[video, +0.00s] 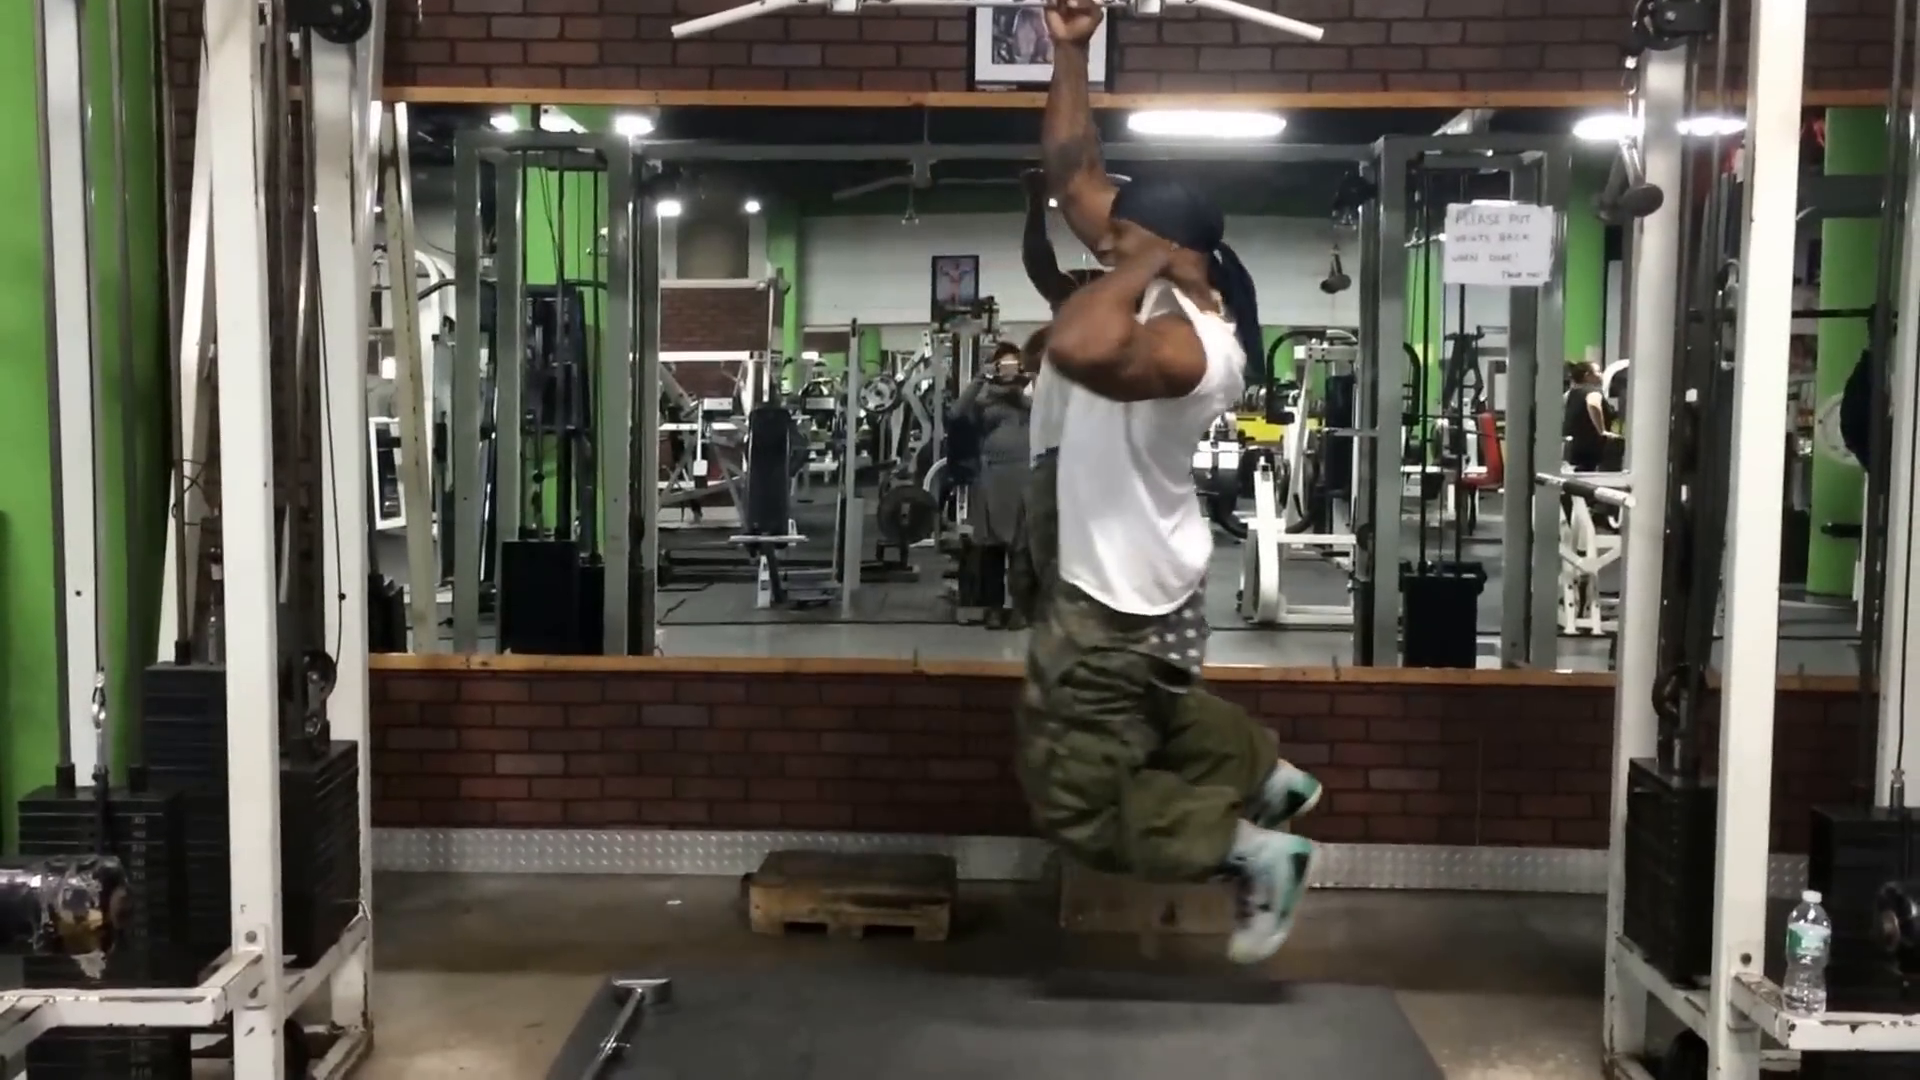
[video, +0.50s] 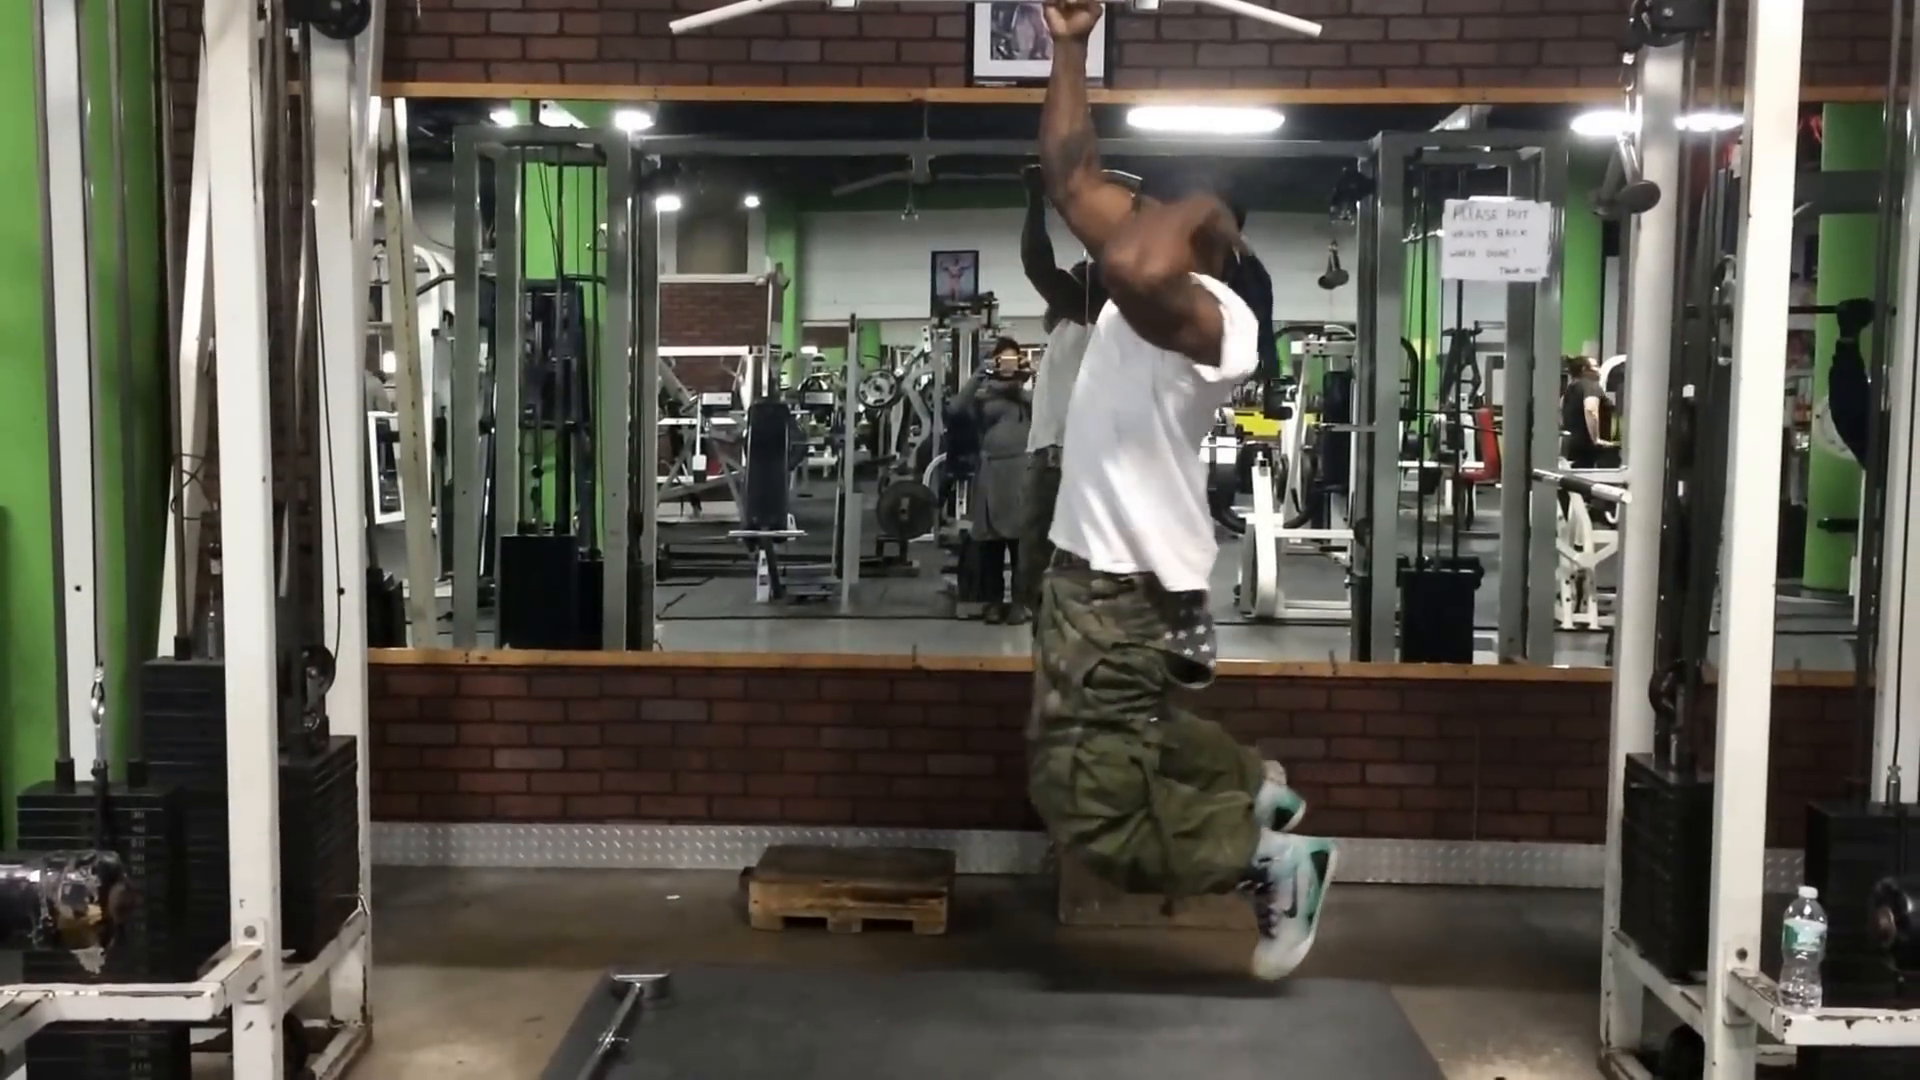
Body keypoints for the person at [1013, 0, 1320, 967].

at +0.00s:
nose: (1116, 247)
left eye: (1130, 238)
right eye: (1121, 234)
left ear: (1175, 252)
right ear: (1183, 251)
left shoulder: (1190, 341)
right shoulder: (1172, 300)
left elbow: (1078, 346)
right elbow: (1072, 180)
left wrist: (1149, 261)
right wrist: (1069, 53)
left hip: (1118, 592)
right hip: (1145, 573)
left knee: (1072, 802)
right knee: (1153, 709)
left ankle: (1249, 854)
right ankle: (1269, 784)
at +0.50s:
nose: (1146, 222)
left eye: (1161, 214)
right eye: (1152, 210)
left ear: (1199, 245)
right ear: (1184, 241)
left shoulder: (1219, 315)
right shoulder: (1146, 283)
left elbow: (1137, 275)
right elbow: (1069, 175)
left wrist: (1190, 211)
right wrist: (1068, 45)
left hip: (1130, 581)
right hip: (1097, 570)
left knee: (1086, 806)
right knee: (1096, 739)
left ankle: (1271, 859)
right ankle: (1245, 784)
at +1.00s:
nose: (1078, 244)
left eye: (1098, 231)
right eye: (1090, 229)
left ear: (1135, 255)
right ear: (1123, 247)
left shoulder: (1124, 335)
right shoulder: (1102, 318)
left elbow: (1053, 239)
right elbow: (1046, 176)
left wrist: (1161, 228)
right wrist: (1064, 44)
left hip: (963, 571)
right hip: (997, 581)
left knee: (827, 768)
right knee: (934, 741)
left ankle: (976, 939)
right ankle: (1035, 881)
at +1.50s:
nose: (1066, 201)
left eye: (1076, 189)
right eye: (1073, 190)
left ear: (1117, 225)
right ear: (1139, 232)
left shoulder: (1110, 309)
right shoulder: (1097, 294)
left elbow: (979, 216)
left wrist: (1062, 128)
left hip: (977, 549)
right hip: (949, 519)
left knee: (782, 693)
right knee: (792, 599)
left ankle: (899, 876)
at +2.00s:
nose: (1171, 225)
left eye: (1194, 219)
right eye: (1174, 213)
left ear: (1232, 238)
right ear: (1164, 215)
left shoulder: (1233, 317)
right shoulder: (1131, 249)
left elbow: (1216, 256)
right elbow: (1045, 183)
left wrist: (1249, 214)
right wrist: (1058, 51)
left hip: (1085, 572)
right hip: (1015, 522)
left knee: (1017, 784)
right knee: (887, 643)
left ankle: (1172, 851)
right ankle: (938, 765)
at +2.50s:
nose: (1144, 237)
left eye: (1162, 224)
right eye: (1142, 224)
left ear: (1215, 233)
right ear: (1142, 233)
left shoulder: (1248, 313)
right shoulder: (1117, 278)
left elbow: (1265, 198)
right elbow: (1045, 173)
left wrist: (1234, 254)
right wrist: (1061, 39)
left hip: (1125, 588)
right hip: (1035, 559)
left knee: (1103, 812)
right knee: (952, 707)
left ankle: (1254, 831)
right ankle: (1033, 820)